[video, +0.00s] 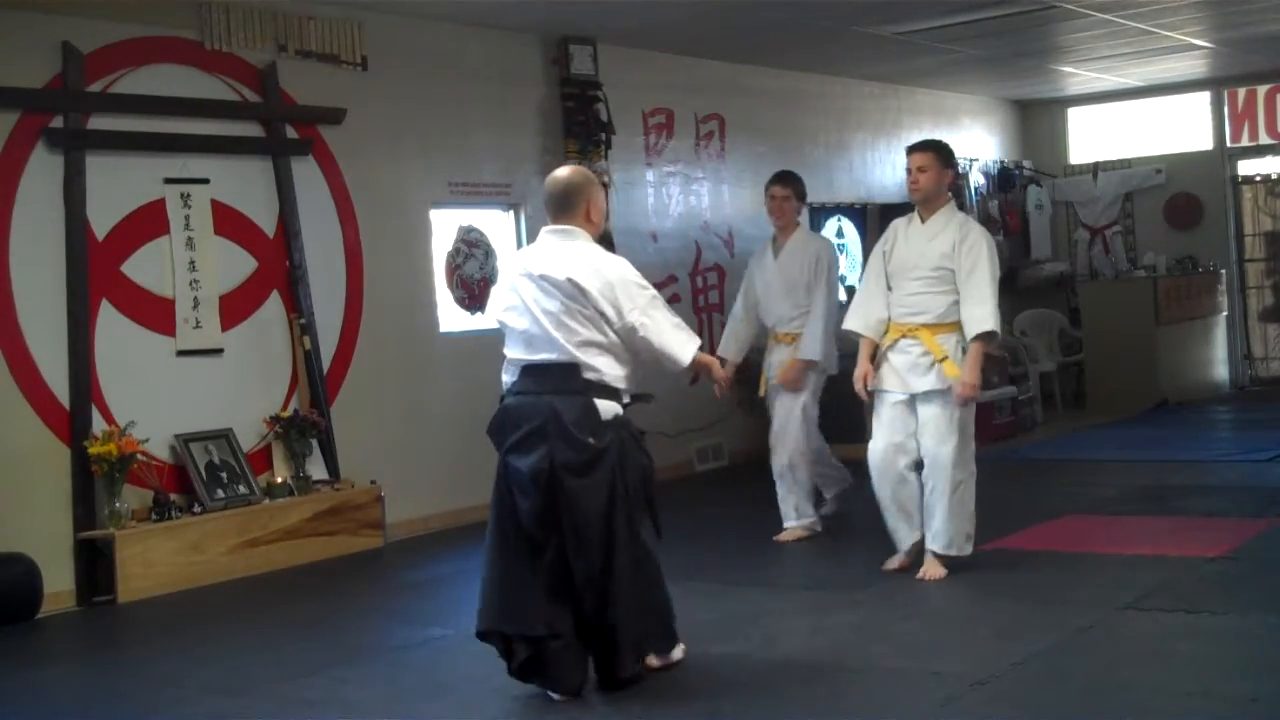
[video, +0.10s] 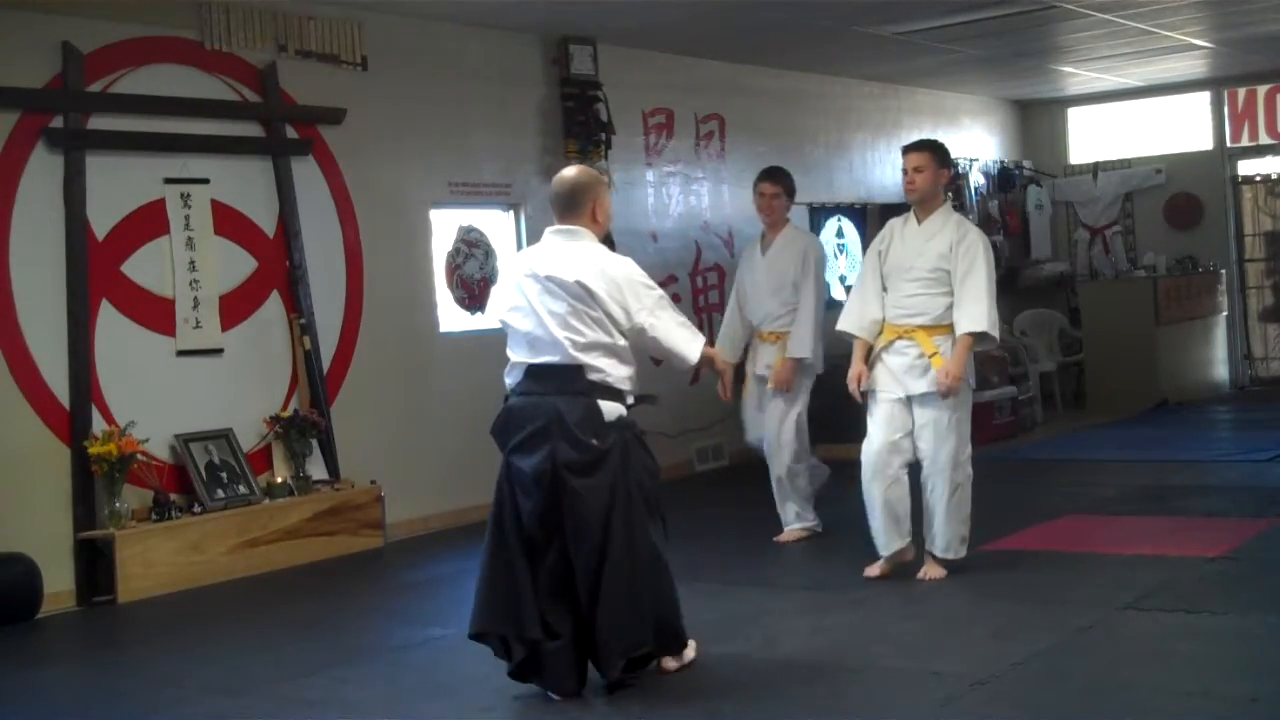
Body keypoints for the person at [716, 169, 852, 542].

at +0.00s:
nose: (776, 206)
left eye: (785, 199)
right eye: (771, 199)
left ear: (800, 205)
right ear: (765, 204)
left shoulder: (819, 249)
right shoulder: (762, 257)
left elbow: (823, 309)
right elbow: (745, 312)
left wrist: (804, 359)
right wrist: (729, 361)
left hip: (807, 347)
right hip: (776, 348)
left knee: (788, 436)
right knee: (792, 430)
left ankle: (801, 519)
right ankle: (836, 482)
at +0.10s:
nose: (766, 203)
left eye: (775, 196)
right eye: (761, 196)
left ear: (790, 201)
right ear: (754, 200)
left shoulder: (806, 246)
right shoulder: (751, 251)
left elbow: (810, 308)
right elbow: (738, 309)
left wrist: (793, 358)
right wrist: (726, 359)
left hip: (792, 348)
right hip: (759, 348)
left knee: (783, 439)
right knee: (757, 433)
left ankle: (800, 520)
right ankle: (812, 473)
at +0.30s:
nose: (736, 195)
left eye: (744, 188)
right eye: (730, 188)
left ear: (759, 193)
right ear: (723, 193)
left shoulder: (771, 237)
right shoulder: (726, 243)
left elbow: (775, 298)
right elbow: (723, 303)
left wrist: (763, 354)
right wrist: (715, 353)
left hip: (768, 343)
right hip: (731, 345)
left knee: (784, 437)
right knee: (714, 434)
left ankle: (801, 519)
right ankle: (726, 521)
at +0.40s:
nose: (715, 201)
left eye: (724, 194)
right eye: (710, 194)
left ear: (739, 198)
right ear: (704, 199)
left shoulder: (751, 244)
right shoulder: (712, 247)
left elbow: (751, 308)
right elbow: (709, 304)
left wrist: (733, 367)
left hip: (756, 359)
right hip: (717, 358)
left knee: (776, 442)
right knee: (698, 443)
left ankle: (798, 518)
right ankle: (693, 529)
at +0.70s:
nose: (662, 213)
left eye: (669, 206)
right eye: (659, 206)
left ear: (686, 210)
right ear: (656, 209)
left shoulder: (701, 246)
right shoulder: (658, 252)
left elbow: (706, 314)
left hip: (713, 352)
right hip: (676, 354)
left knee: (697, 439)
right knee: (681, 442)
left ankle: (727, 522)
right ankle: (693, 529)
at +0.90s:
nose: (648, 213)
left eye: (652, 205)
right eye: (648, 205)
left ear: (664, 209)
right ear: (651, 210)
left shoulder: (675, 247)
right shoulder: (633, 252)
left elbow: (696, 306)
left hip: (693, 355)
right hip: (658, 355)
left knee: (674, 447)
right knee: (665, 451)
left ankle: (698, 533)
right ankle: (694, 533)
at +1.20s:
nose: (640, 204)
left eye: (649, 197)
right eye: (635, 195)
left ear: (662, 204)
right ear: (625, 199)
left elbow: (685, 305)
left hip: (670, 357)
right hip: (625, 356)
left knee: (664, 458)